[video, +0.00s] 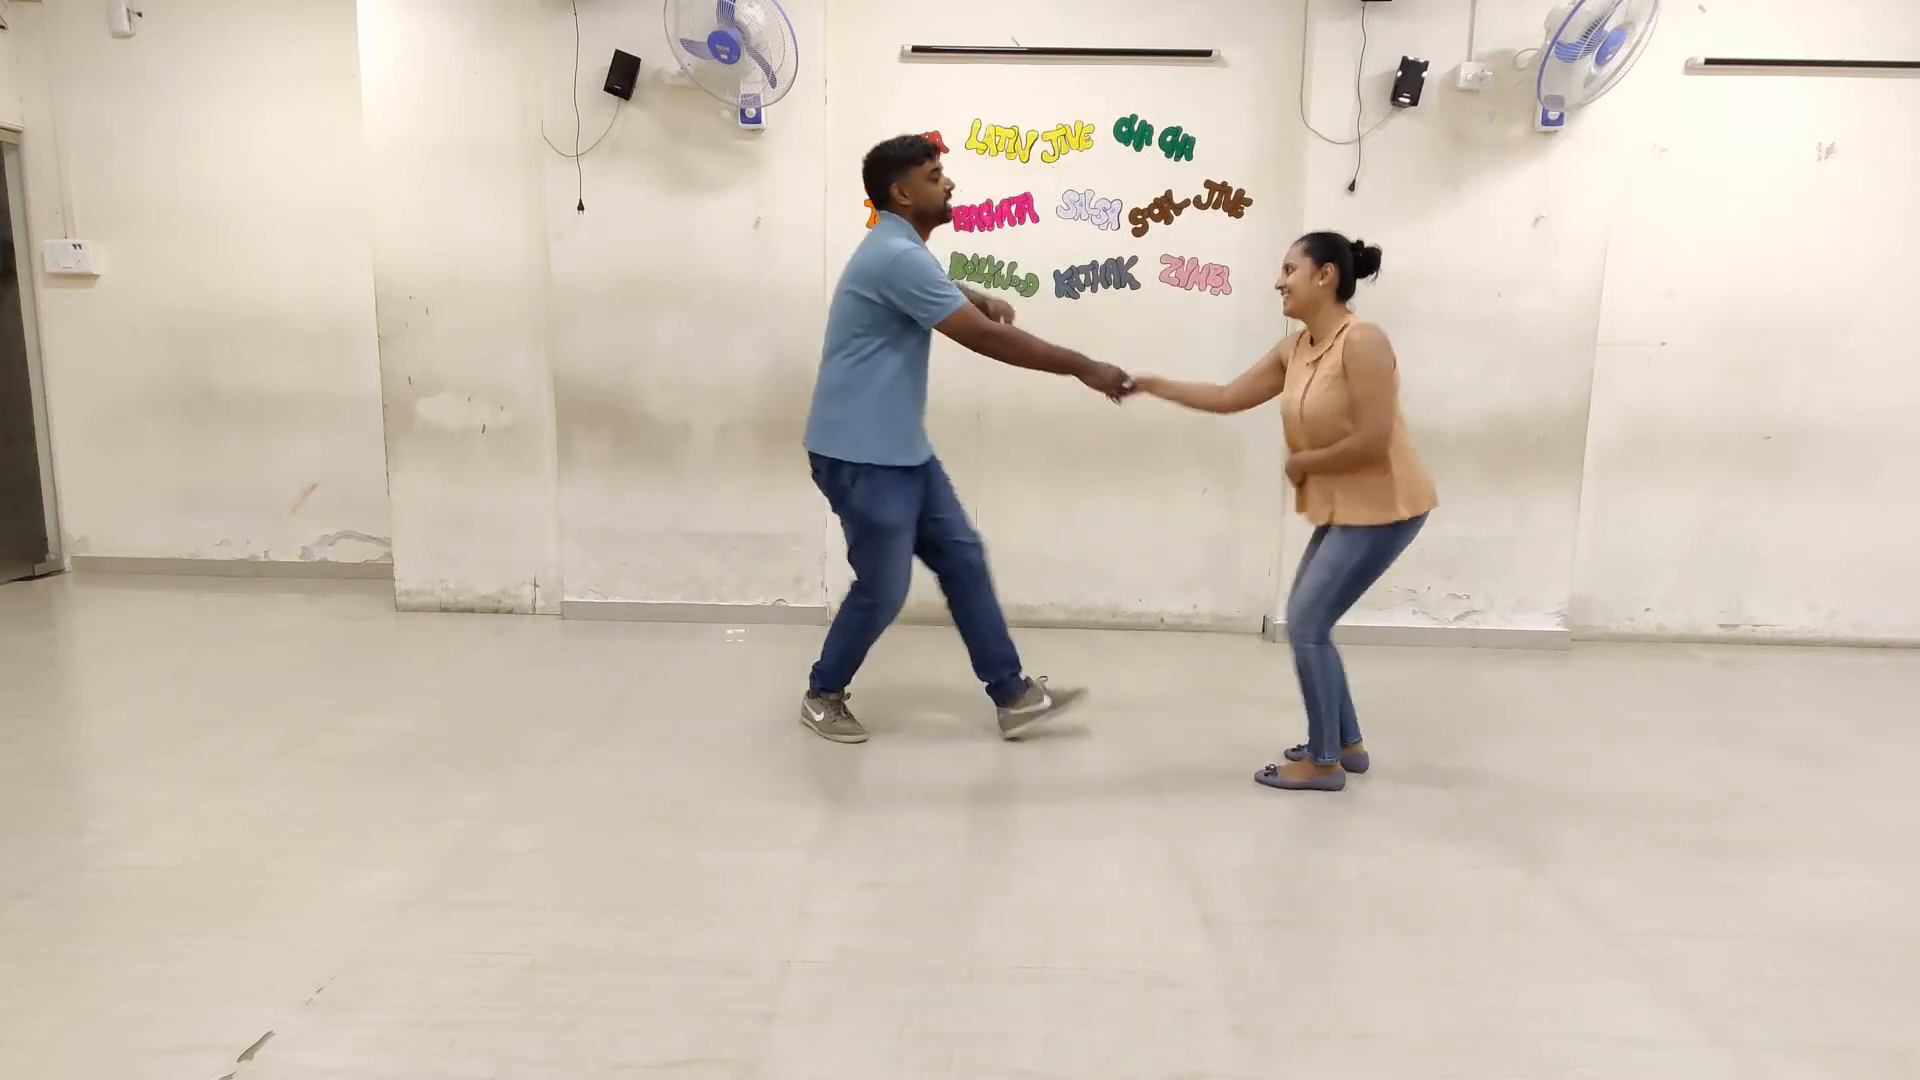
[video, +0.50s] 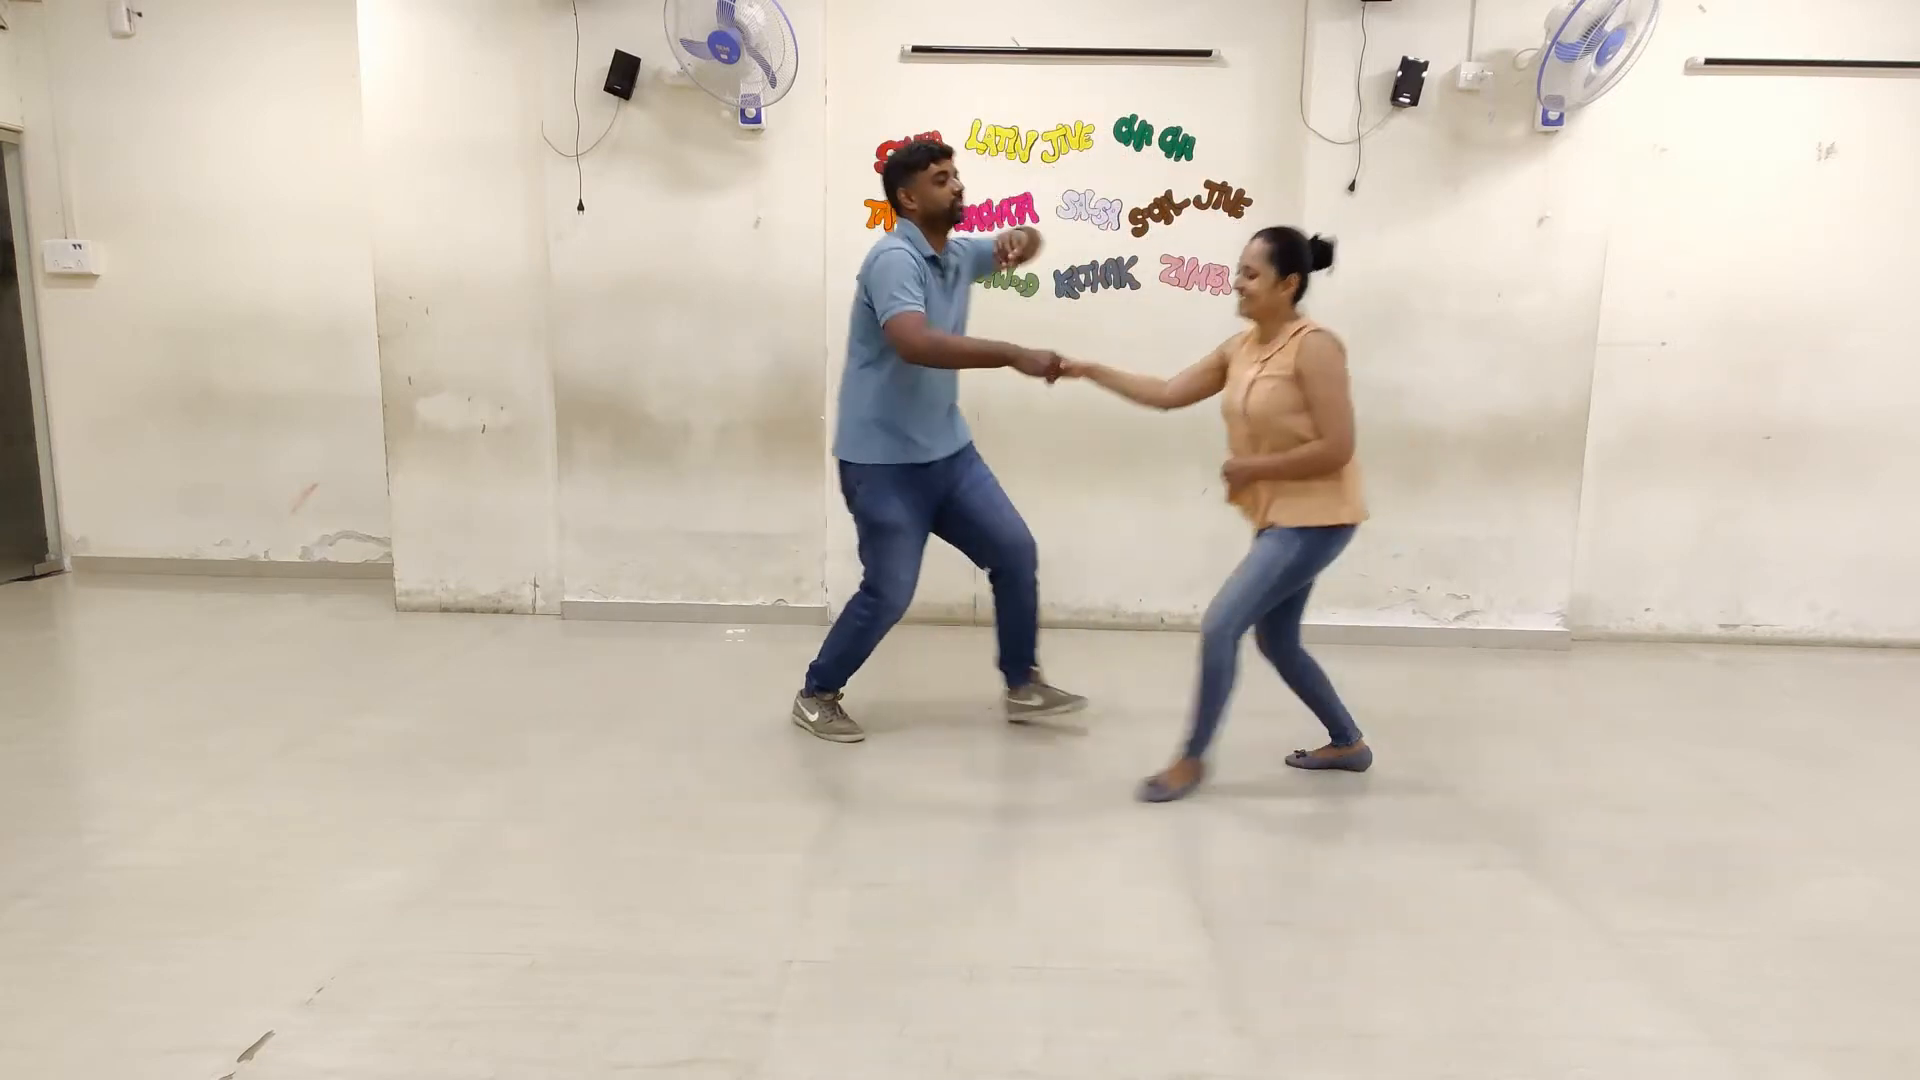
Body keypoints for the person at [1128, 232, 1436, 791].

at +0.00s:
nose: (1279, 281)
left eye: (1290, 270)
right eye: (1282, 271)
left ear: (1327, 277)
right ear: (1318, 278)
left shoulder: (1364, 342)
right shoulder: (1296, 348)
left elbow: (1373, 441)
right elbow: (1227, 397)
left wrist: (1304, 462)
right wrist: (1147, 383)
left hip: (1384, 509)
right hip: (1339, 509)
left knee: (1306, 621)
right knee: (1304, 621)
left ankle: (1325, 761)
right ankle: (1345, 742)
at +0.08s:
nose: (1281, 268)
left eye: (1292, 257)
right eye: (1283, 258)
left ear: (1329, 262)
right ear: (1320, 264)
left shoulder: (1363, 326)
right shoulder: (1297, 333)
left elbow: (1376, 426)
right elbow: (1226, 381)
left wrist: (1308, 451)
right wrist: (1148, 364)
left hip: (1395, 495)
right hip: (1353, 498)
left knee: (1333, 616)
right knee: (1328, 615)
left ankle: (1327, 759)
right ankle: (1348, 742)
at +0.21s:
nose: (1283, 265)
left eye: (1293, 253)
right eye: (1285, 254)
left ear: (1331, 256)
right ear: (1323, 257)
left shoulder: (1360, 323)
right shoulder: (1298, 324)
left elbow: (1361, 425)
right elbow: (1218, 354)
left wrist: (1306, 448)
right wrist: (1137, 330)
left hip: (1398, 492)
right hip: (1358, 494)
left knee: (1355, 624)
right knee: (1350, 620)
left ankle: (1330, 760)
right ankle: (1353, 743)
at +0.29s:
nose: (1277, 262)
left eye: (1287, 251)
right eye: (1278, 252)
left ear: (1325, 254)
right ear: (1316, 255)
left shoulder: (1355, 322)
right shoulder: (1289, 322)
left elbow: (1352, 423)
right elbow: (1208, 353)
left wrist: (1296, 447)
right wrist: (1125, 330)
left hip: (1384, 493)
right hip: (1349, 495)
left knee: (1322, 617)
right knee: (1339, 619)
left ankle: (1324, 754)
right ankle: (1351, 742)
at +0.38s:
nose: (1269, 262)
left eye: (1279, 252)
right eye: (1270, 252)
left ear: (1318, 255)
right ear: (1305, 256)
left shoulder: (1350, 323)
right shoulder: (1279, 321)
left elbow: (1350, 425)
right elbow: (1200, 358)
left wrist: (1285, 444)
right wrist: (1120, 338)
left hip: (1366, 496)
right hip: (1331, 498)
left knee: (1282, 612)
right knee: (1323, 623)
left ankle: (1308, 739)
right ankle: (1351, 742)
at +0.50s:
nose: (1237, 283)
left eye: (1250, 275)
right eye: (1239, 272)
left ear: (1288, 284)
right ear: (1254, 281)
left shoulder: (1316, 347)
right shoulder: (1242, 347)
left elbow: (1337, 447)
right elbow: (1167, 394)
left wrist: (1256, 466)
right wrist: (1091, 371)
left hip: (1315, 518)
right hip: (1277, 518)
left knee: (1222, 624)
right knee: (1278, 641)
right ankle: (1348, 743)